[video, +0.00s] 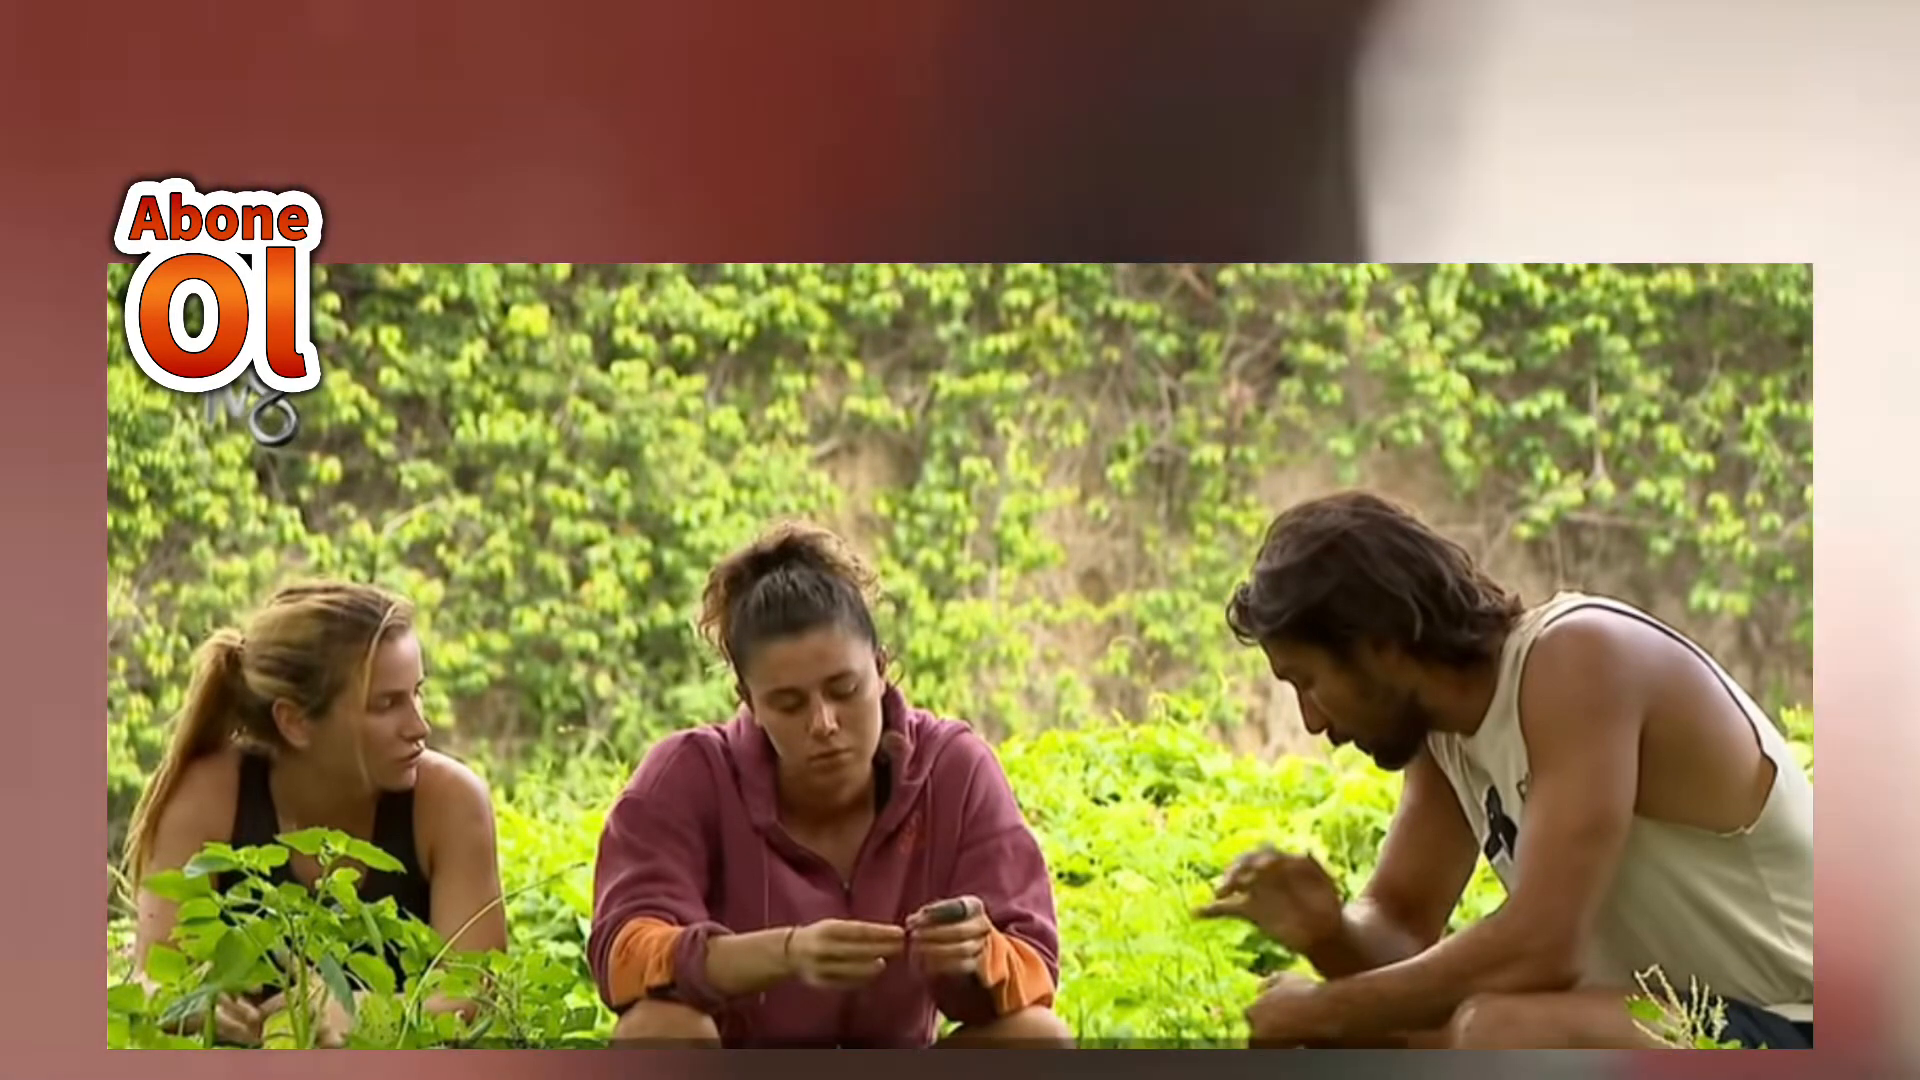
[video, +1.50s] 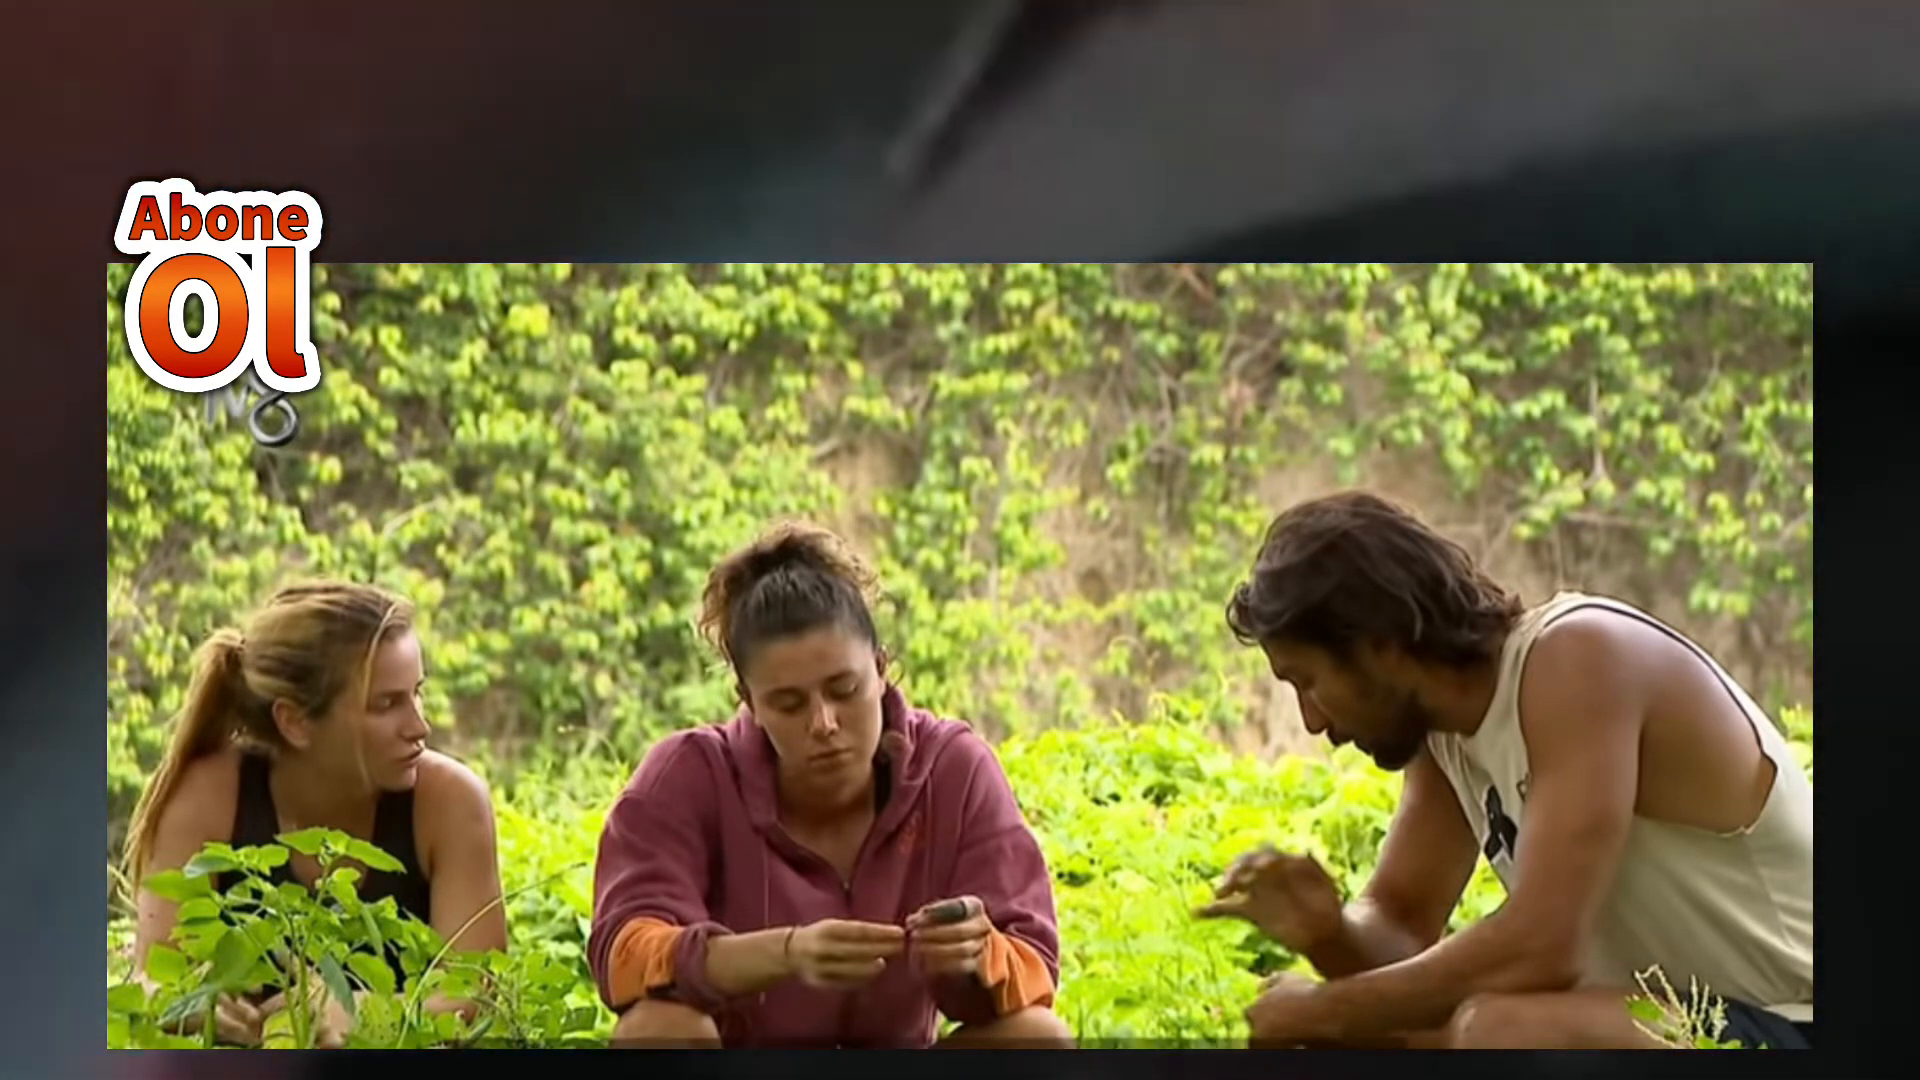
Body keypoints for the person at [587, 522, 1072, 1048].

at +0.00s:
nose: (824, 725)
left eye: (844, 690)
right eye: (789, 703)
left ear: (880, 669)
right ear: (747, 699)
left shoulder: (955, 766)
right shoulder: (687, 773)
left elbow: (1030, 970)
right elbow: (629, 957)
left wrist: (978, 953)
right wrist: (787, 952)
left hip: (897, 1059)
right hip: (738, 1061)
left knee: (1037, 1036)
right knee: (660, 1026)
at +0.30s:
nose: (824, 725)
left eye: (844, 690)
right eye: (789, 703)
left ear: (880, 669)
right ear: (747, 699)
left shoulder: (955, 766)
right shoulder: (687, 773)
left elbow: (1031, 970)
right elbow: (628, 957)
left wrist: (977, 953)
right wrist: (787, 952)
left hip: (901, 1050)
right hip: (738, 1062)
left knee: (1037, 1034)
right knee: (658, 1027)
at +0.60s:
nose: (824, 725)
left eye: (844, 690)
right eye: (789, 703)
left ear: (880, 669)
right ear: (747, 699)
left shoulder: (955, 766)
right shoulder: (687, 774)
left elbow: (1031, 971)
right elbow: (629, 957)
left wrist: (977, 953)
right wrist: (787, 952)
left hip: (899, 1043)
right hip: (739, 1044)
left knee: (1037, 1034)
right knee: (659, 1025)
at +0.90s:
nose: (824, 725)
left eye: (844, 690)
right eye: (789, 703)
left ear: (880, 669)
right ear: (747, 699)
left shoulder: (955, 766)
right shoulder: (687, 773)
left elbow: (1031, 970)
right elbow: (628, 957)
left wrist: (978, 953)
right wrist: (787, 952)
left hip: (898, 1044)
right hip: (739, 1044)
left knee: (1037, 1034)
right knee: (659, 1025)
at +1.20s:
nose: (824, 725)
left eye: (844, 690)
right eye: (789, 703)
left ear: (880, 669)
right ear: (747, 699)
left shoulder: (956, 766)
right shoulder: (687, 774)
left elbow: (1031, 970)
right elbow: (628, 957)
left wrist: (977, 953)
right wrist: (786, 952)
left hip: (898, 1046)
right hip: (739, 1047)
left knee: (1037, 1034)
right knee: (658, 1025)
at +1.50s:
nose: (824, 725)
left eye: (844, 690)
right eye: (789, 703)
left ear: (880, 669)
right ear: (747, 699)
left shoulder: (955, 766)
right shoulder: (687, 773)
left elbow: (1031, 971)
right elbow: (629, 957)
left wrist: (978, 953)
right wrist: (787, 952)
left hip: (899, 1049)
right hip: (740, 1052)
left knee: (1037, 1034)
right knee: (658, 1025)